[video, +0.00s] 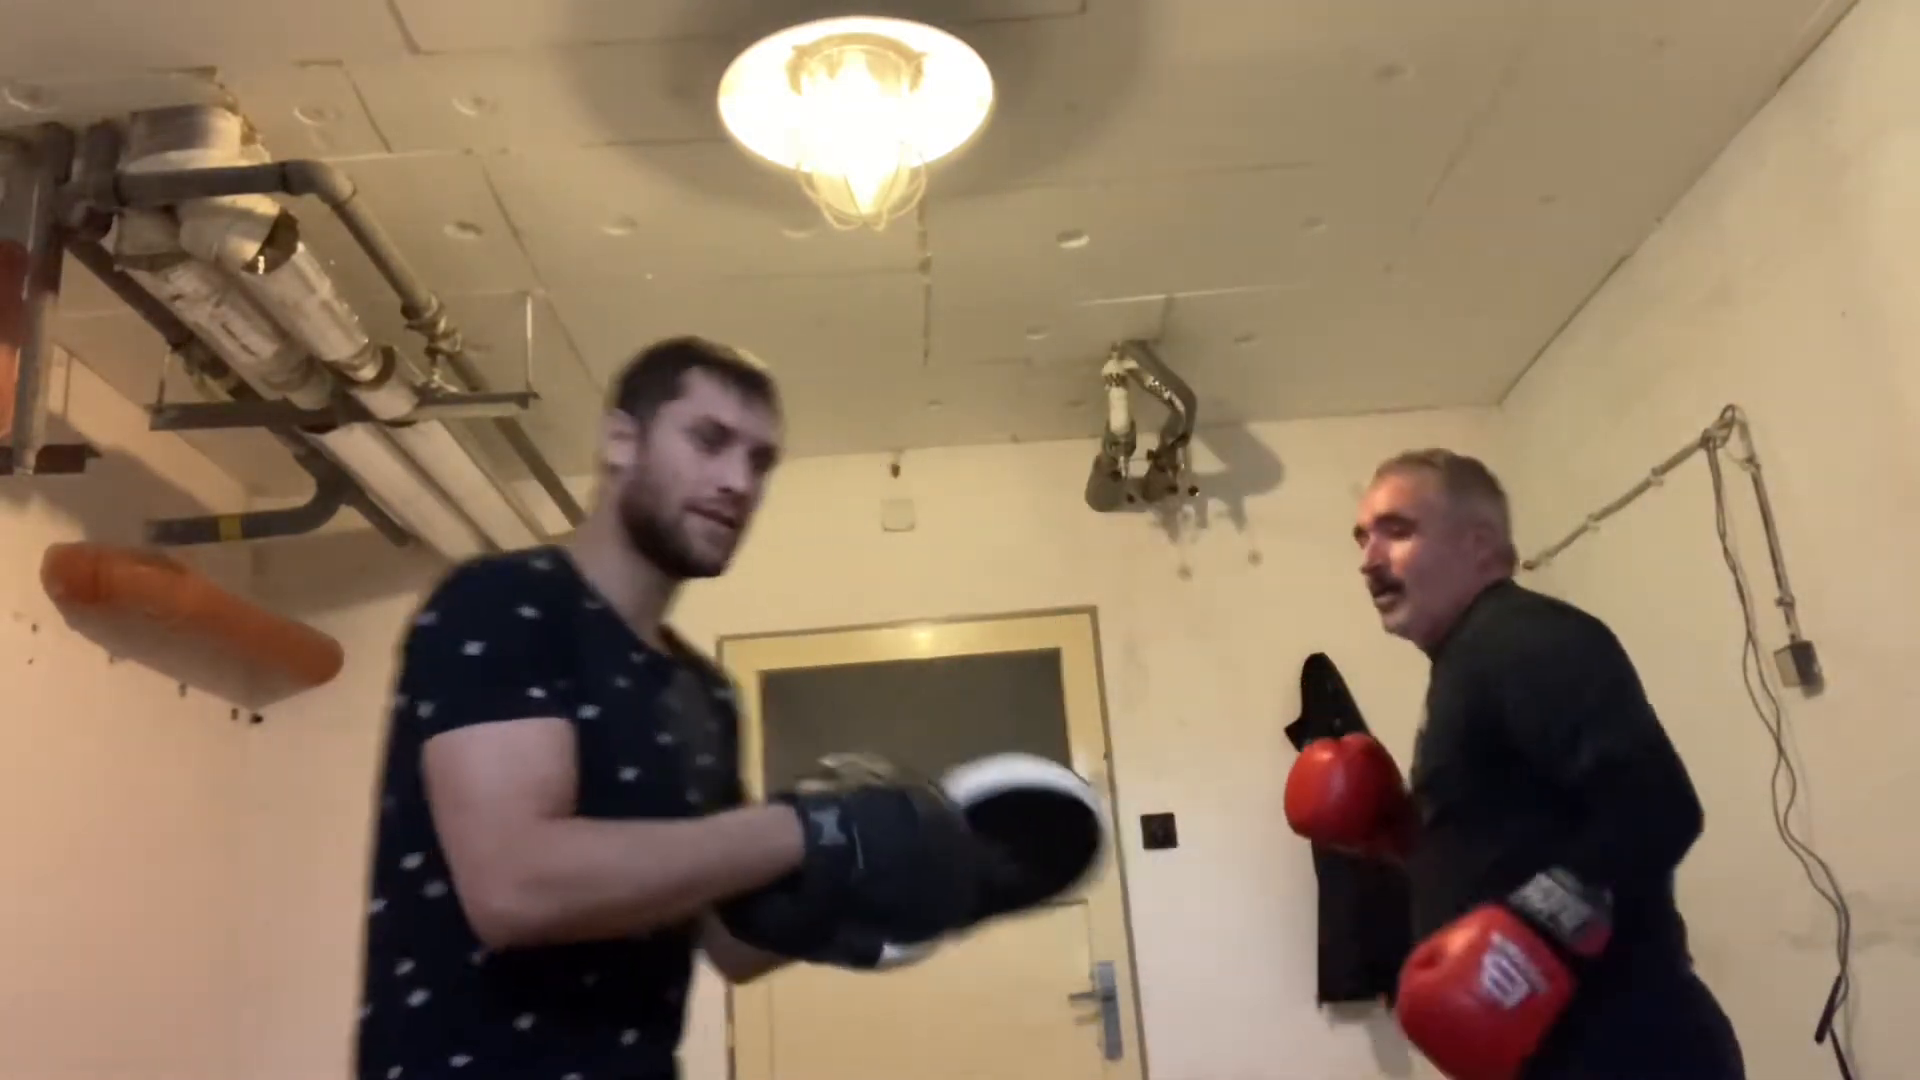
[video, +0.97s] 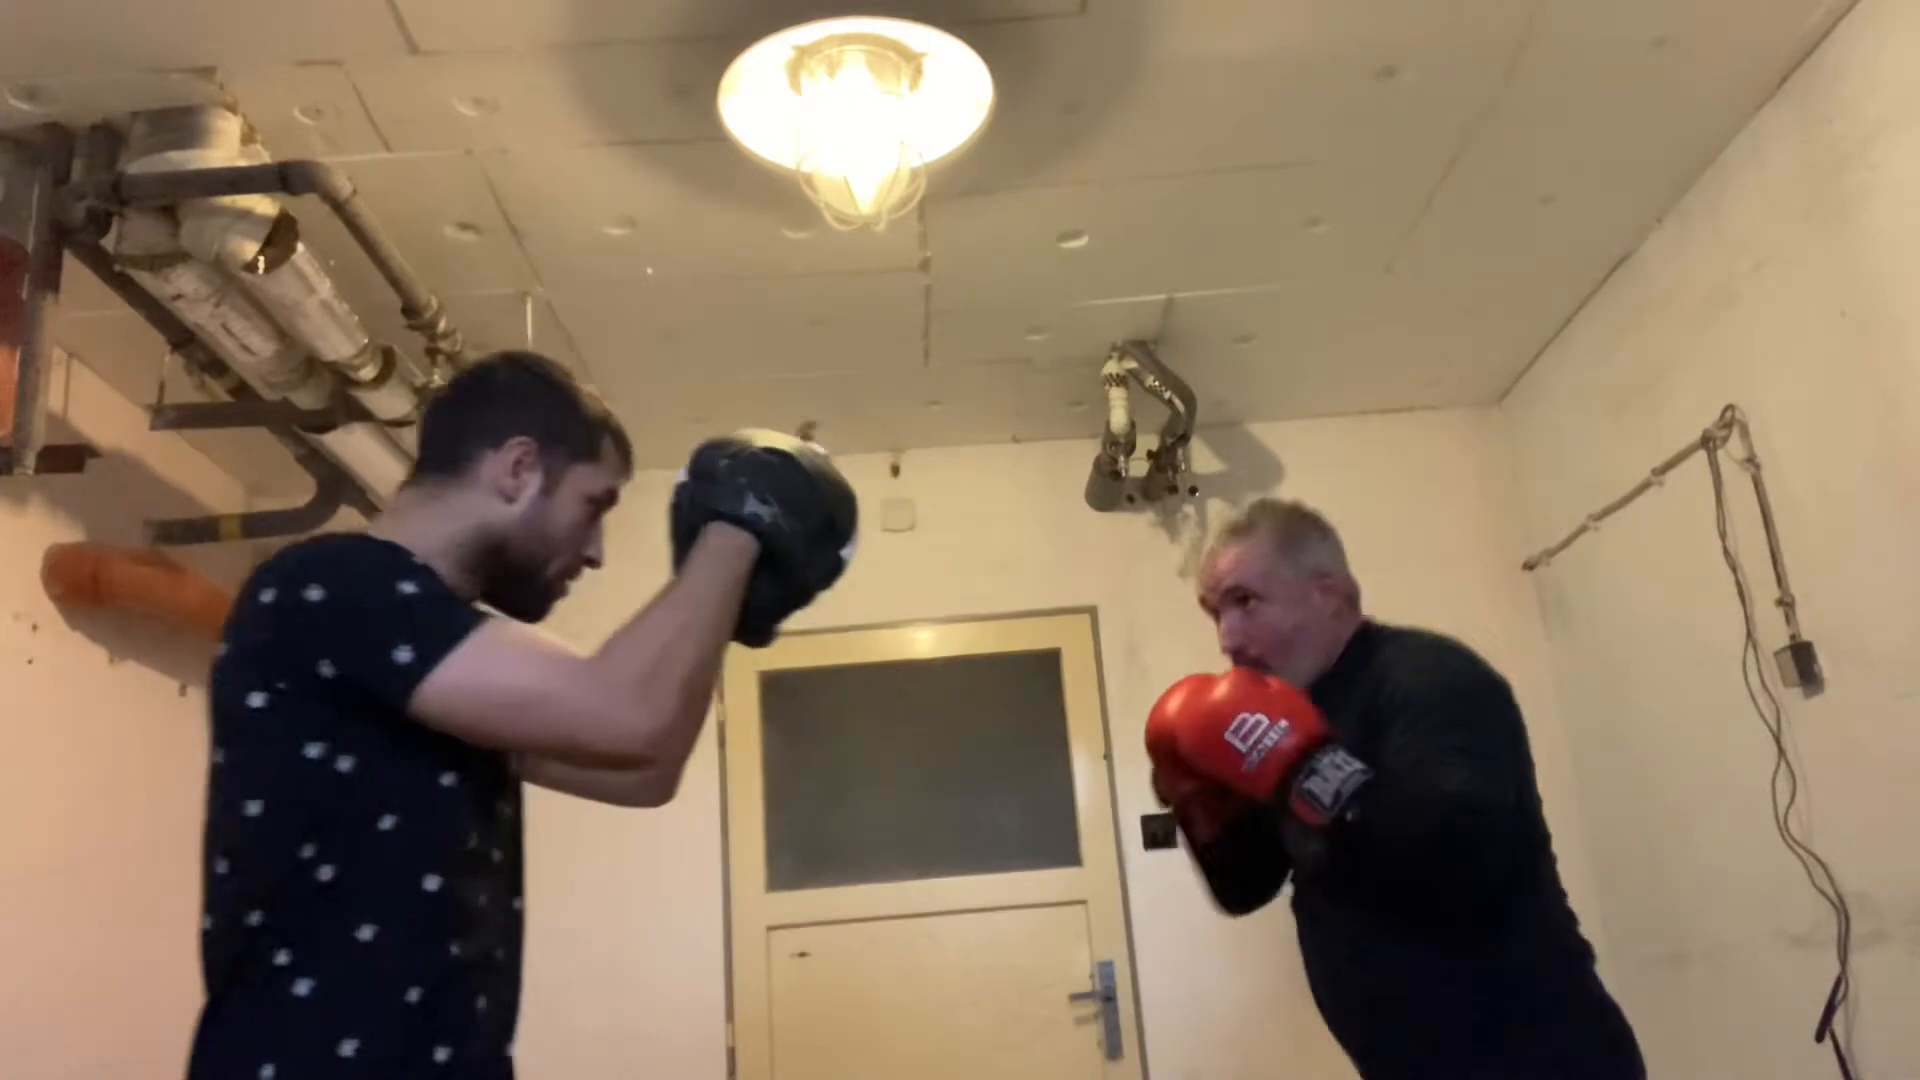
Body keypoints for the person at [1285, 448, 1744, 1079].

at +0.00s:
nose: (1368, 558)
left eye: (1396, 530)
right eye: (1363, 538)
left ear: (1480, 543)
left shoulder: (1535, 640)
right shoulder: (1465, 663)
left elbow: (1657, 806)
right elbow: (1506, 857)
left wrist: (1533, 933)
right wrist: (1396, 826)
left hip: (1619, 1047)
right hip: (1553, 1048)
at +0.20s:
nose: (1339, 574)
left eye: (1366, 545)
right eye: (1331, 551)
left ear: (1449, 553)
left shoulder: (1502, 663)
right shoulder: (1432, 672)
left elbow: (1568, 862)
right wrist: (1358, 830)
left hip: (1599, 1049)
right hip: (1535, 1048)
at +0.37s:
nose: (1267, 606)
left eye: (1291, 576)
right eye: (1261, 580)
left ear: (1386, 579)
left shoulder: (1435, 688)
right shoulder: (1361, 696)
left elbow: (1422, 896)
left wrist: (1240, 882)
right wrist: (1323, 833)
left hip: (1566, 1051)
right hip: (1492, 1049)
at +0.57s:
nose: (1226, 621)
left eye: (1245, 588)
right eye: (1220, 592)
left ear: (1332, 581)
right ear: (1331, 584)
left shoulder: (1392, 684)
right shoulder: (1364, 670)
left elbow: (1349, 907)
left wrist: (1216, 827)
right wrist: (1273, 795)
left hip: (1530, 1057)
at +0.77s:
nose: (1244, 640)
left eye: (1260, 605)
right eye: (1233, 615)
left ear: (1340, 592)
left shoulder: (1462, 688)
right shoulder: (1320, 712)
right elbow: (1265, 868)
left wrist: (1321, 777)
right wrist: (1222, 787)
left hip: (1535, 1051)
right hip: (1422, 1056)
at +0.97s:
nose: (1226, 637)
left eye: (1244, 602)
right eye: (1214, 614)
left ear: (1329, 592)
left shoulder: (1438, 682)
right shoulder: (1289, 719)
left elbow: (1472, 868)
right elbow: (1245, 887)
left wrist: (1304, 768)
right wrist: (1202, 805)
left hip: (1530, 1049)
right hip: (1405, 1056)